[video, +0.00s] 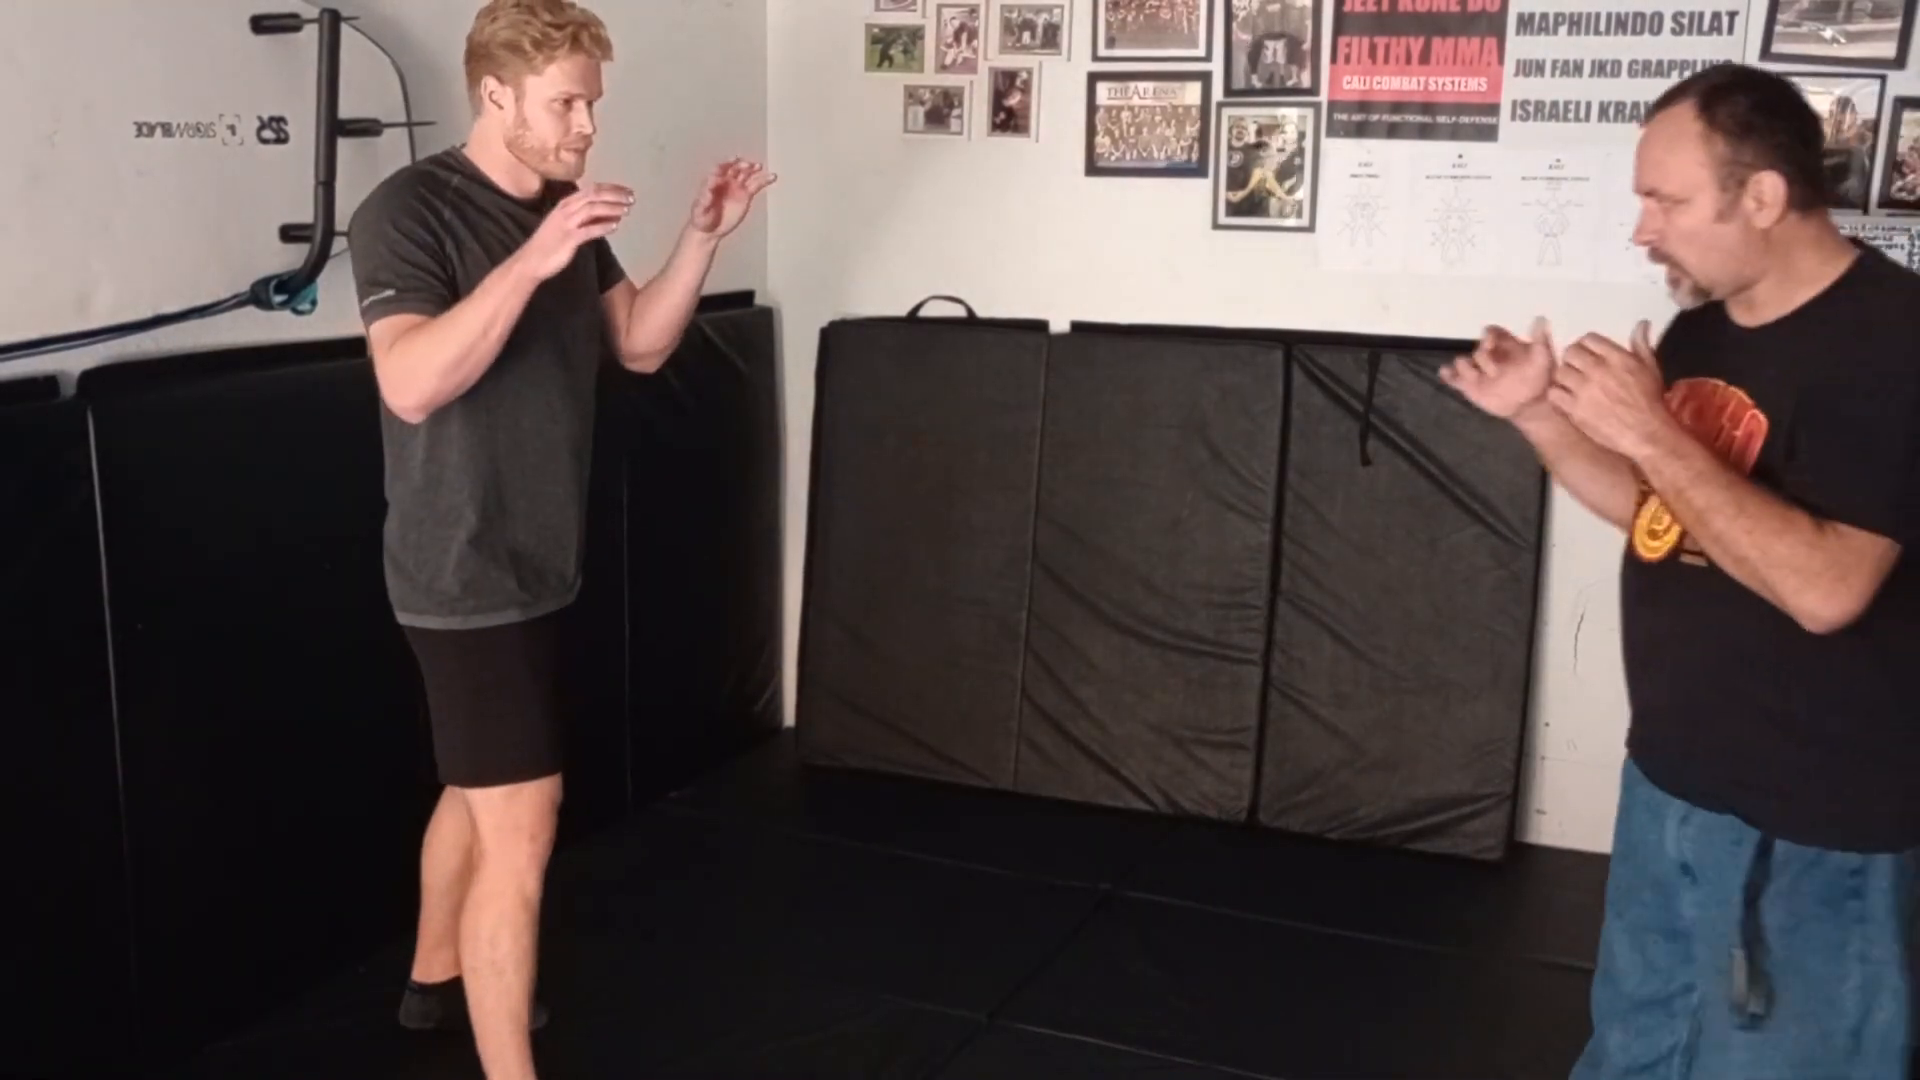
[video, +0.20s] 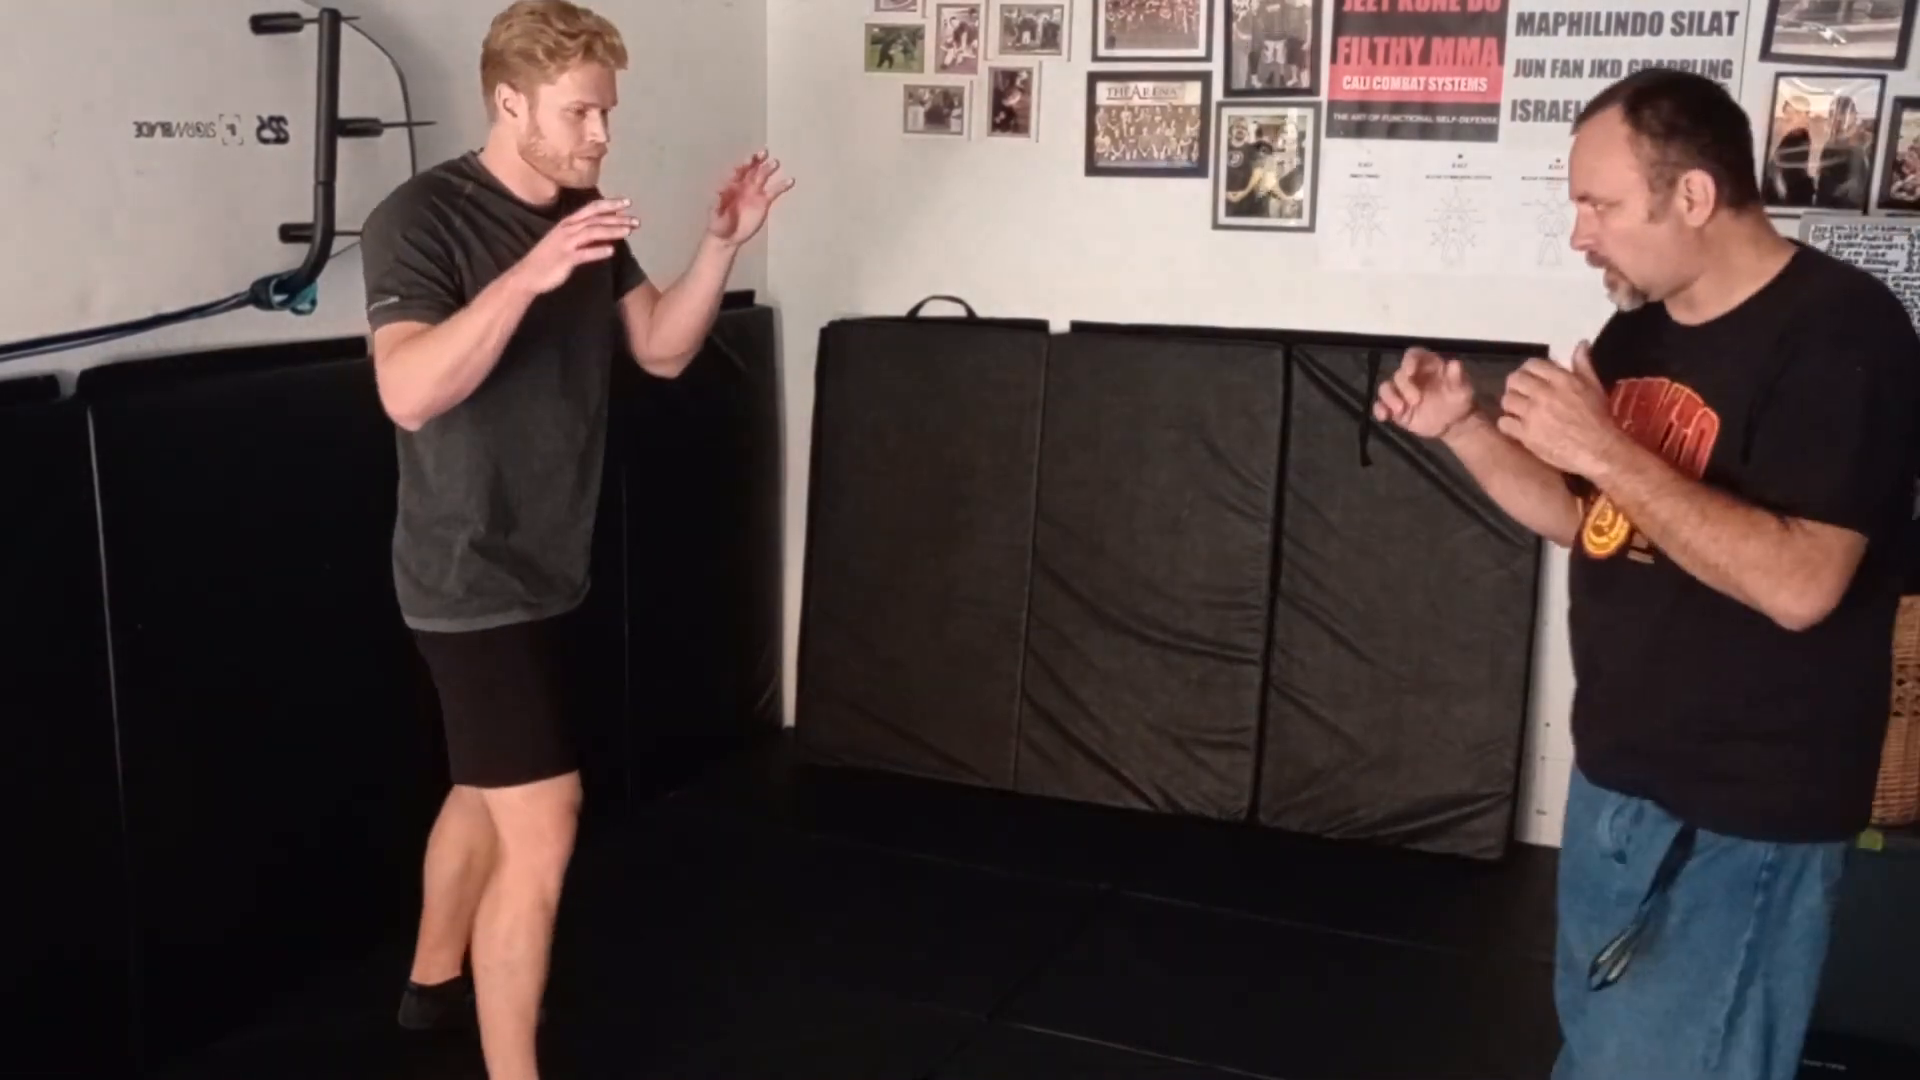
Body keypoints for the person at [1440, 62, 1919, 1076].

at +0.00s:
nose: (1643, 230)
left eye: (1664, 201)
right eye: (1644, 200)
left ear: (1763, 200)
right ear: (1752, 202)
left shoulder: (1895, 337)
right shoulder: (1700, 329)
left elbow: (1829, 588)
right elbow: (1655, 510)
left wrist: (1652, 434)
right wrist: (1539, 415)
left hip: (1842, 831)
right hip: (1673, 792)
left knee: (1819, 1065)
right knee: (1636, 1056)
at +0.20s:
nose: (1579, 234)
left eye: (1599, 206)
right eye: (1577, 206)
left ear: (1696, 199)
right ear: (1682, 203)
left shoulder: (1853, 332)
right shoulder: (1639, 329)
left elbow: (1802, 584)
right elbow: (1579, 513)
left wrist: (1608, 454)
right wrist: (1463, 427)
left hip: (1753, 825)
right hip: (1614, 792)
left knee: (1688, 1063)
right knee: (1596, 1055)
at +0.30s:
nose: (1578, 239)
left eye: (1597, 211)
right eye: (1577, 210)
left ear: (1694, 205)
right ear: (1683, 209)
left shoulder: (1850, 351)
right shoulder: (1642, 338)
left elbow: (1787, 605)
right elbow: (1589, 529)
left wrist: (1586, 465)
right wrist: (1465, 455)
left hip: (1723, 840)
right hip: (1575, 785)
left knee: (1649, 1062)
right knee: (1499, 1003)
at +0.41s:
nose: (1582, 254)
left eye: (1601, 223)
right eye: (1584, 221)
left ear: (1696, 223)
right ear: (1689, 226)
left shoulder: (1839, 386)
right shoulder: (1663, 337)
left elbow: (1737, 633)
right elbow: (1610, 545)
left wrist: (1559, 477)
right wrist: (1479, 477)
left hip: (1679, 860)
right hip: (1539, 765)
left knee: (1628, 1065)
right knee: (1376, 921)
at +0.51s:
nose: (1582, 241)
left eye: (1603, 214)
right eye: (1584, 211)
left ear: (1698, 217)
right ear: (1695, 215)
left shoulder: (1811, 376)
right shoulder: (1689, 313)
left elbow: (1645, 594)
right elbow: (1630, 467)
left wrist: (1528, 395)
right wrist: (1509, 436)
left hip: (1627, 842)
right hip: (1518, 708)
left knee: (1581, 1067)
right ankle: (1214, 1059)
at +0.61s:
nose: (1591, 211)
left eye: (1611, 181)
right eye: (1587, 184)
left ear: (1709, 179)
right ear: (1709, 177)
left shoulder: (1789, 339)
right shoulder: (1701, 283)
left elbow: (1589, 522)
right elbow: (1640, 435)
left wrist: (1541, 313)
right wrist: (1523, 416)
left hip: (1576, 794)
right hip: (1484, 627)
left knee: (1509, 1062)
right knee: (1235, 658)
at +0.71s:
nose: (1583, 206)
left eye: (1608, 178)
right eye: (1585, 176)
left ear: (1709, 185)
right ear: (1695, 179)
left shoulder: (1789, 361)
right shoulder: (1669, 296)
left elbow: (1586, 540)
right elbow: (1604, 471)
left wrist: (1538, 328)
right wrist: (1482, 445)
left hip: (1537, 812)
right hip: (1443, 624)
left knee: (1458, 1061)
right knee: (1197, 644)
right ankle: (960, 795)